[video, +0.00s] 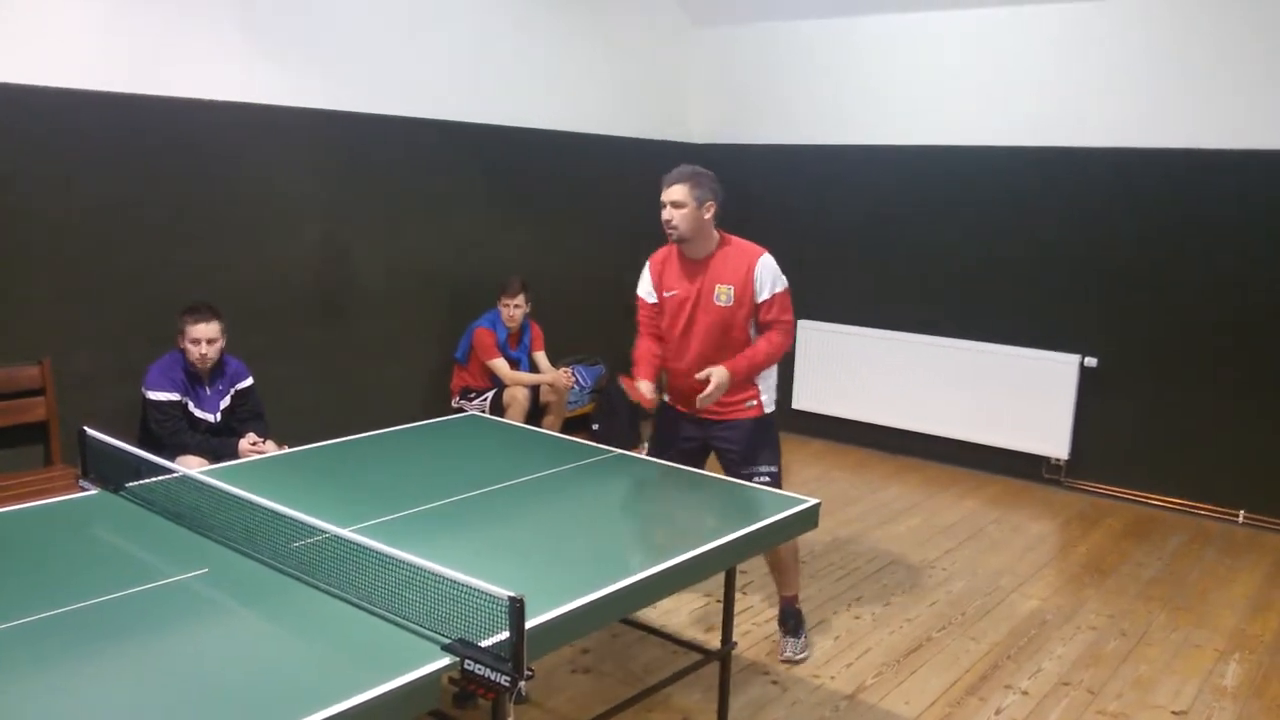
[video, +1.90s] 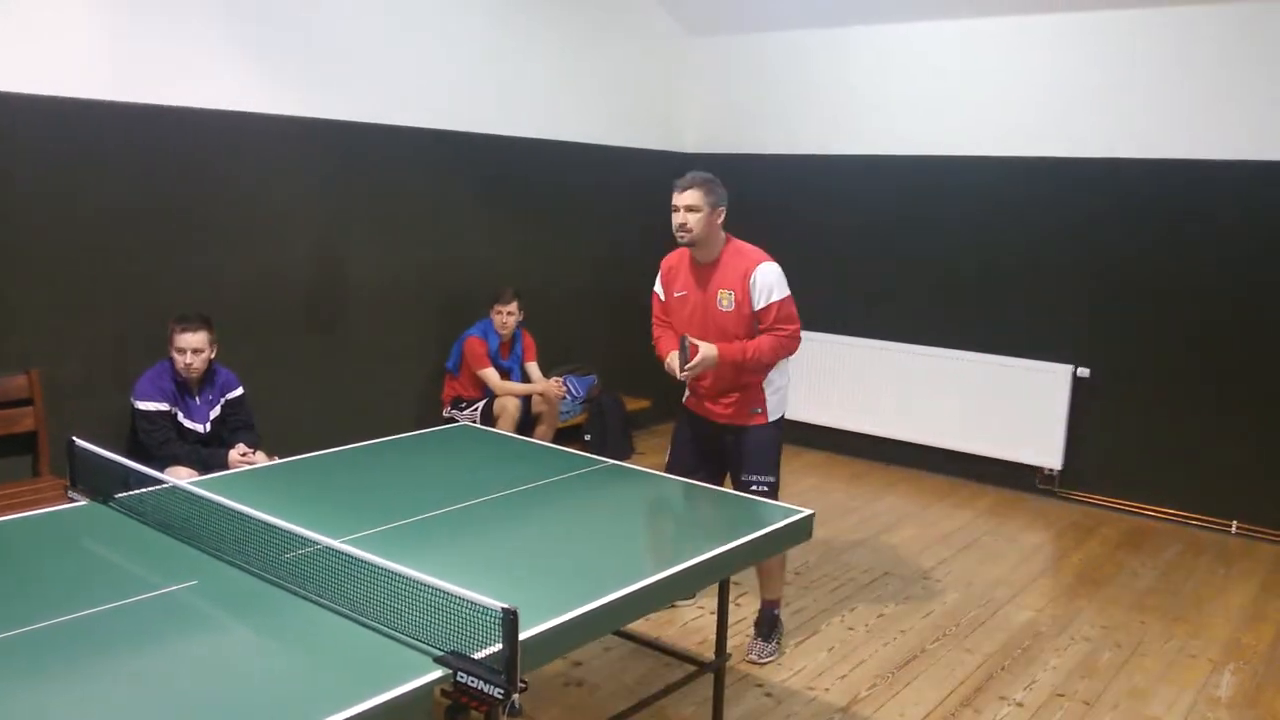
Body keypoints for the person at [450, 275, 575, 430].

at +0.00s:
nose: (511, 313)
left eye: (517, 307)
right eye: (506, 306)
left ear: (527, 308)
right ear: (498, 306)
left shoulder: (532, 330)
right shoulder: (483, 331)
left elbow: (546, 368)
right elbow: (508, 378)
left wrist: (560, 377)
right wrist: (550, 379)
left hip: (505, 390)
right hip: (470, 397)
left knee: (558, 393)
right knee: (519, 395)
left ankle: (545, 453)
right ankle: (508, 453)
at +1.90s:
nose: (504, 320)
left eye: (510, 314)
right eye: (499, 313)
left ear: (520, 316)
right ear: (491, 314)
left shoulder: (523, 339)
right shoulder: (474, 340)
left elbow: (538, 379)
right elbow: (498, 388)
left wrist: (552, 387)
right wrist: (542, 388)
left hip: (496, 401)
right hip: (461, 407)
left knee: (550, 403)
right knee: (510, 405)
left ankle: (536, 463)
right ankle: (498, 462)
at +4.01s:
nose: (512, 319)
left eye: (518, 313)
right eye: (506, 313)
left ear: (526, 315)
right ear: (497, 312)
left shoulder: (529, 336)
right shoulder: (480, 339)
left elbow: (543, 377)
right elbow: (504, 386)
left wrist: (557, 385)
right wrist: (549, 386)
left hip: (503, 398)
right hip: (467, 405)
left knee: (555, 400)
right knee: (516, 402)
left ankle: (545, 462)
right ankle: (504, 461)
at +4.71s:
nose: (514, 318)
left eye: (519, 312)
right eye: (508, 312)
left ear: (528, 314)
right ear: (500, 312)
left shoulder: (532, 336)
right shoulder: (482, 338)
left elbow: (547, 377)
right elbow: (507, 386)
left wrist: (560, 385)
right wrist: (550, 386)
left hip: (507, 398)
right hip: (470, 405)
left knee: (558, 400)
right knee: (519, 402)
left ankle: (546, 462)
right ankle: (507, 461)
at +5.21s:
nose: (498, 327)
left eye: (504, 321)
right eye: (493, 320)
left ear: (514, 323)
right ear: (485, 319)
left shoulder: (518, 345)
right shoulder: (468, 346)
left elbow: (532, 385)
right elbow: (492, 394)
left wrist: (546, 394)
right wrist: (535, 394)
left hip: (491, 406)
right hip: (455, 412)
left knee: (544, 412)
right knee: (504, 410)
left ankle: (528, 472)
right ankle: (491, 469)